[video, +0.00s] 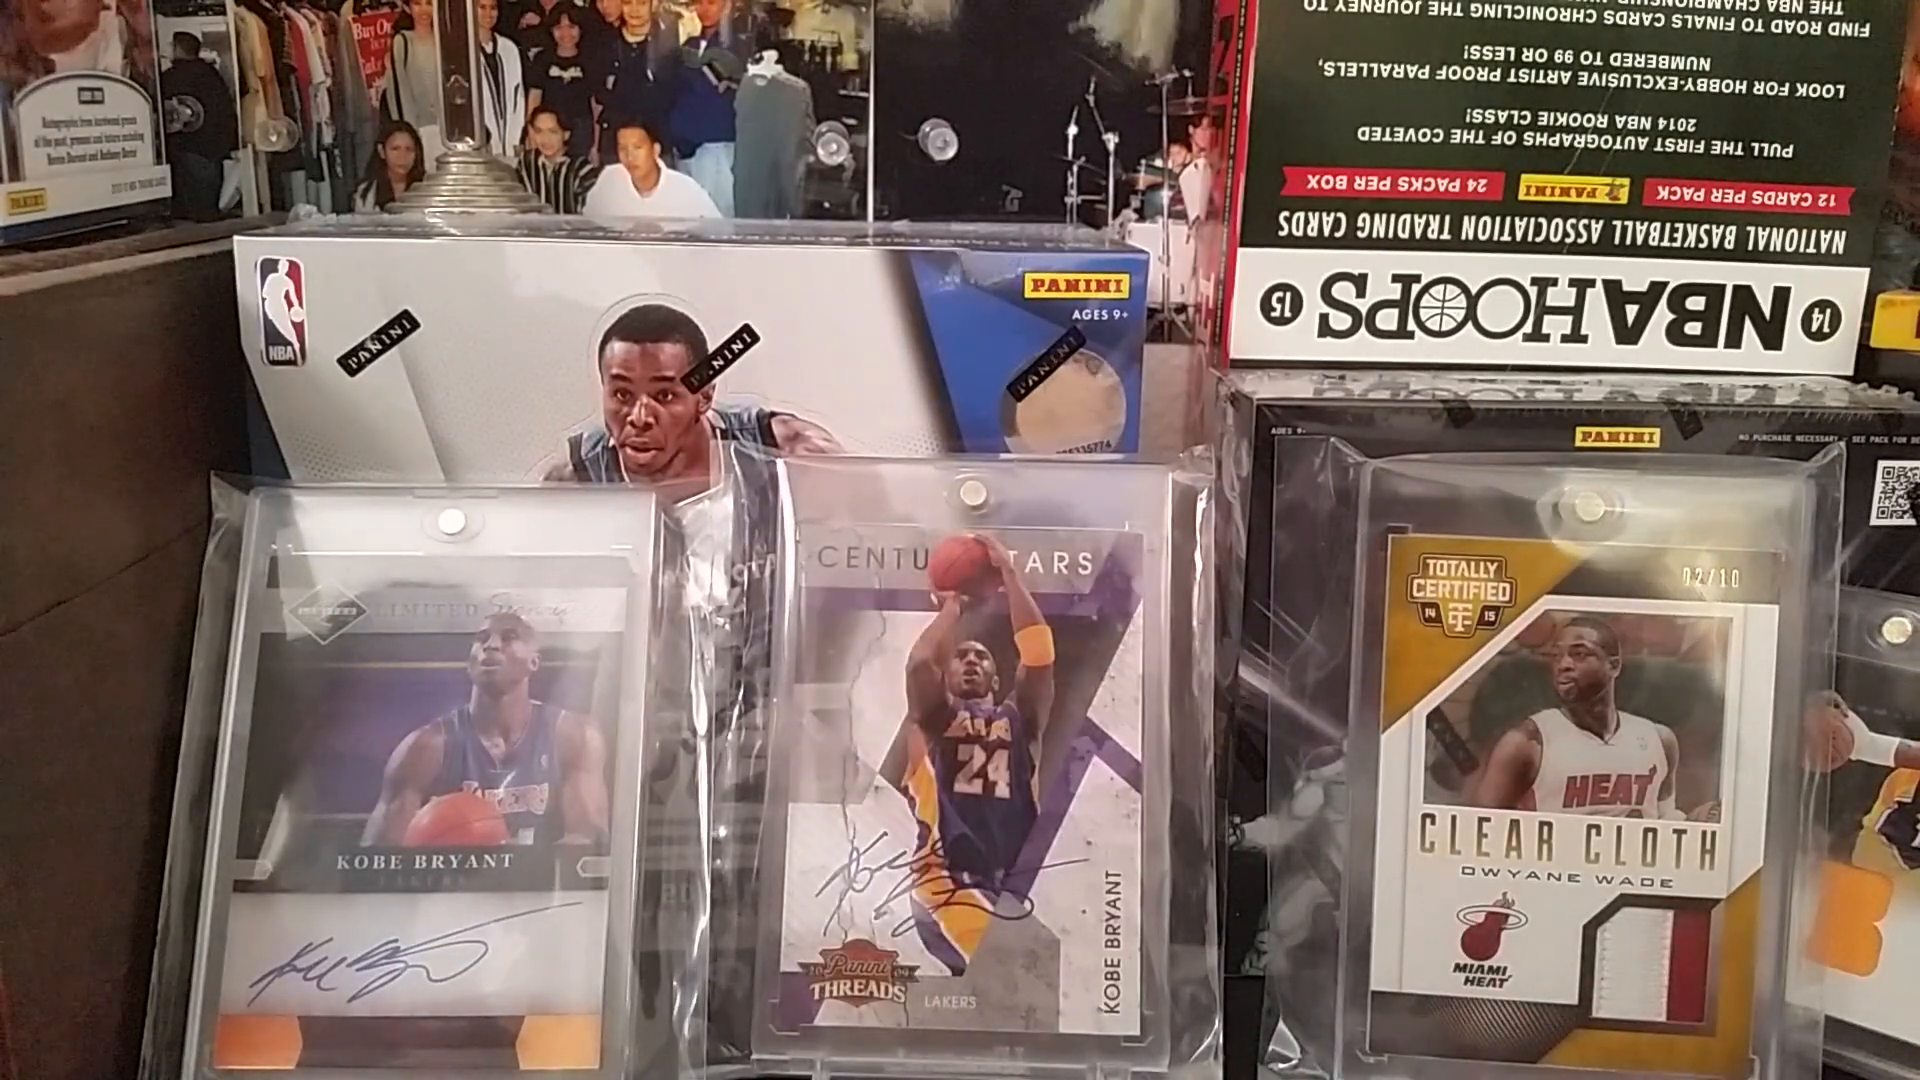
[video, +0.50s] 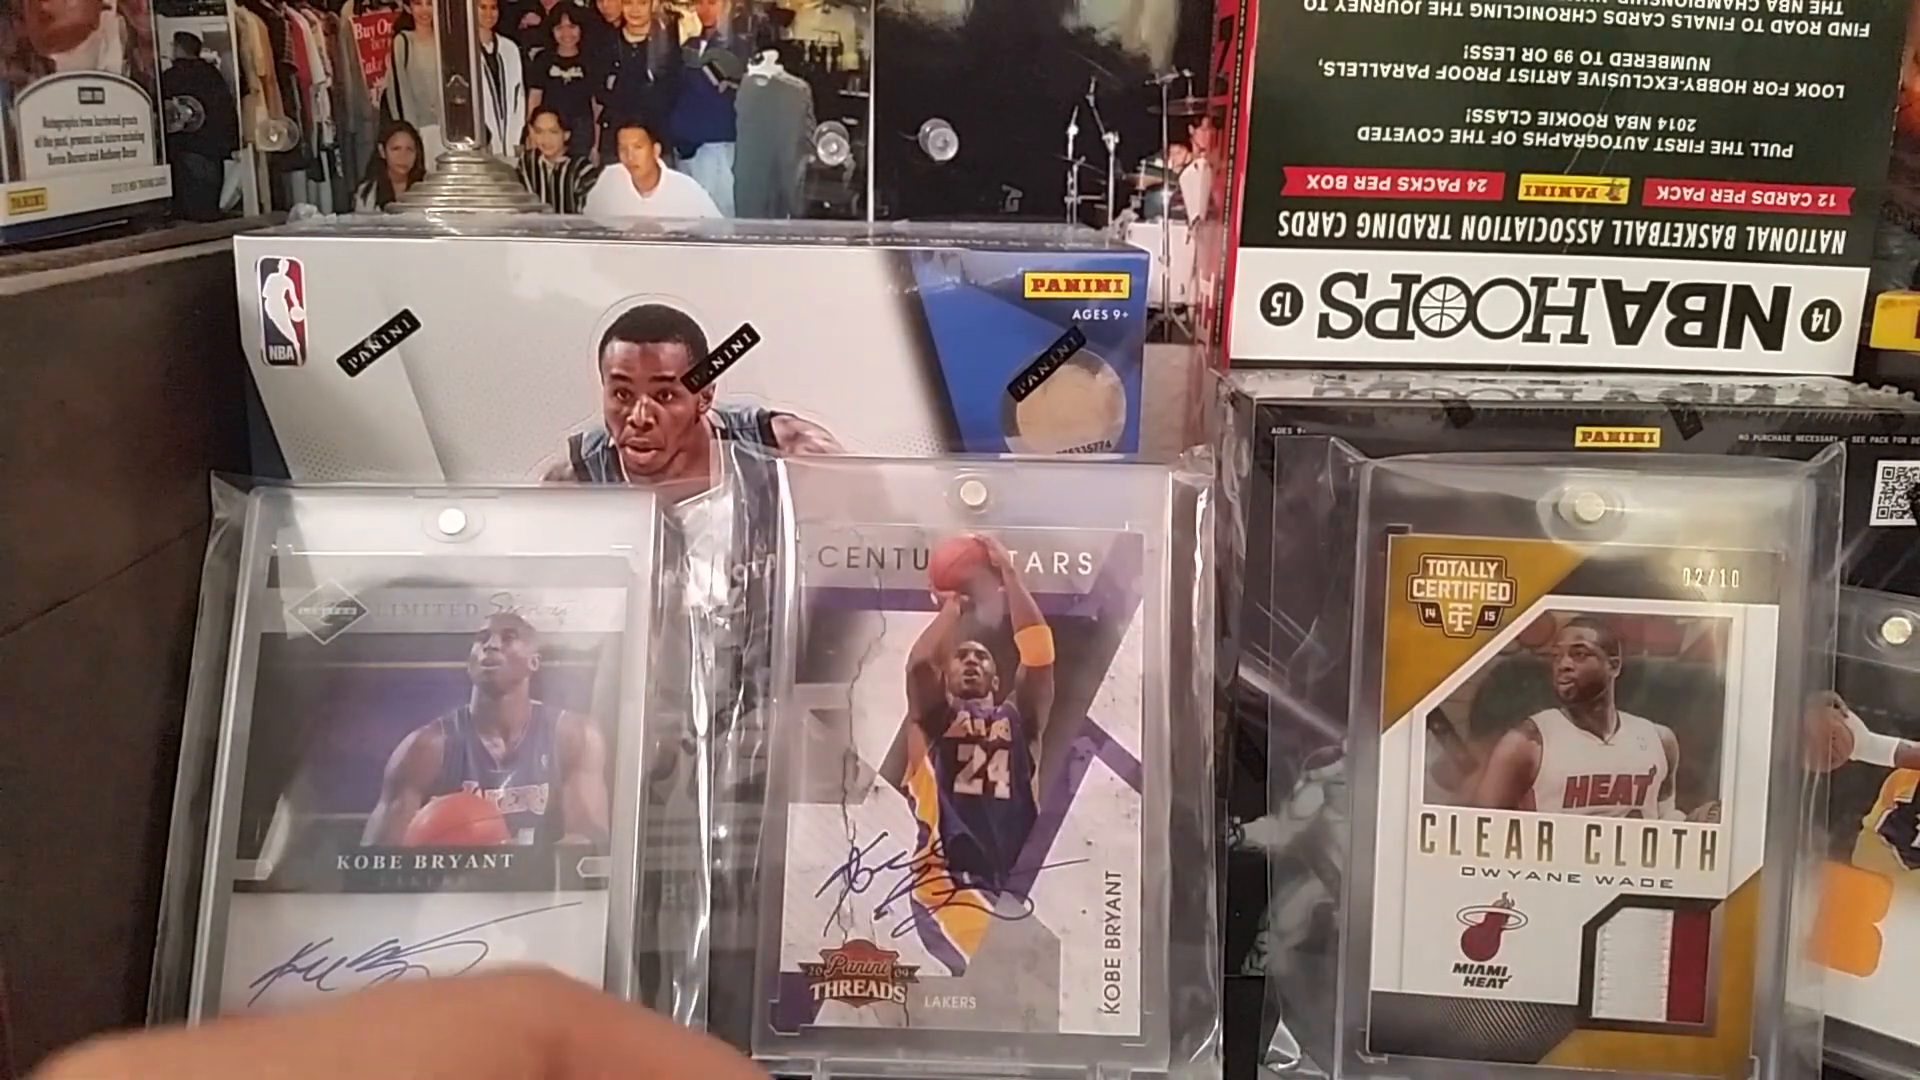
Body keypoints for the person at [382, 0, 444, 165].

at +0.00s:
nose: (424, 10)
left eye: (429, 4)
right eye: (417, 4)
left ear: (435, 7)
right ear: (408, 8)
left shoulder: (442, 38)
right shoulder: (402, 40)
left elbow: (452, 77)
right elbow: (401, 84)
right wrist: (409, 124)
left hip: (445, 117)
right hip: (419, 120)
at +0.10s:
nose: (424, 9)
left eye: (429, 4)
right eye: (418, 4)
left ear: (435, 7)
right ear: (408, 8)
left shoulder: (442, 38)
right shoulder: (402, 40)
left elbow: (451, 76)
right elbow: (401, 83)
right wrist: (410, 123)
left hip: (445, 116)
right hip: (419, 119)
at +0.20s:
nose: (424, 10)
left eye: (429, 4)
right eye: (418, 5)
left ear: (435, 8)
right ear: (408, 9)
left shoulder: (442, 38)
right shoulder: (402, 41)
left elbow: (452, 77)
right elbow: (400, 84)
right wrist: (409, 125)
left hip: (445, 117)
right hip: (419, 121)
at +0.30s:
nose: (424, 10)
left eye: (429, 4)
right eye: (418, 4)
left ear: (435, 7)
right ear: (408, 9)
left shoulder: (442, 38)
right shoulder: (402, 40)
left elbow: (452, 77)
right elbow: (402, 84)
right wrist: (410, 125)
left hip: (447, 117)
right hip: (420, 121)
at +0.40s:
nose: (424, 10)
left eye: (429, 4)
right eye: (418, 5)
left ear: (435, 7)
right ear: (408, 8)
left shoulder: (442, 38)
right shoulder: (402, 40)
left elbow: (452, 77)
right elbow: (402, 84)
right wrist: (410, 125)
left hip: (446, 117)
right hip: (420, 120)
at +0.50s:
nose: (424, 10)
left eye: (429, 4)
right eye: (418, 4)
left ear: (436, 7)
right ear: (408, 8)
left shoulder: (443, 38)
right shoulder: (402, 40)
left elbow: (453, 77)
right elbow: (401, 84)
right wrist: (410, 125)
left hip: (447, 117)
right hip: (420, 120)